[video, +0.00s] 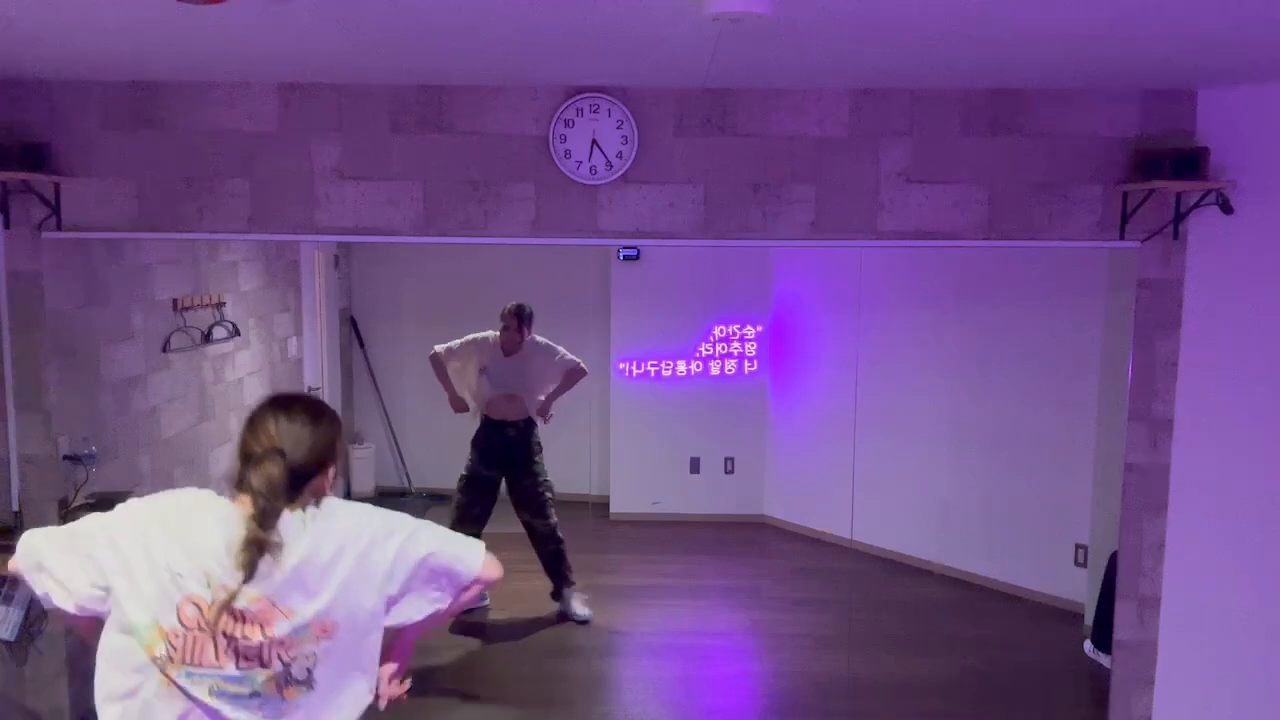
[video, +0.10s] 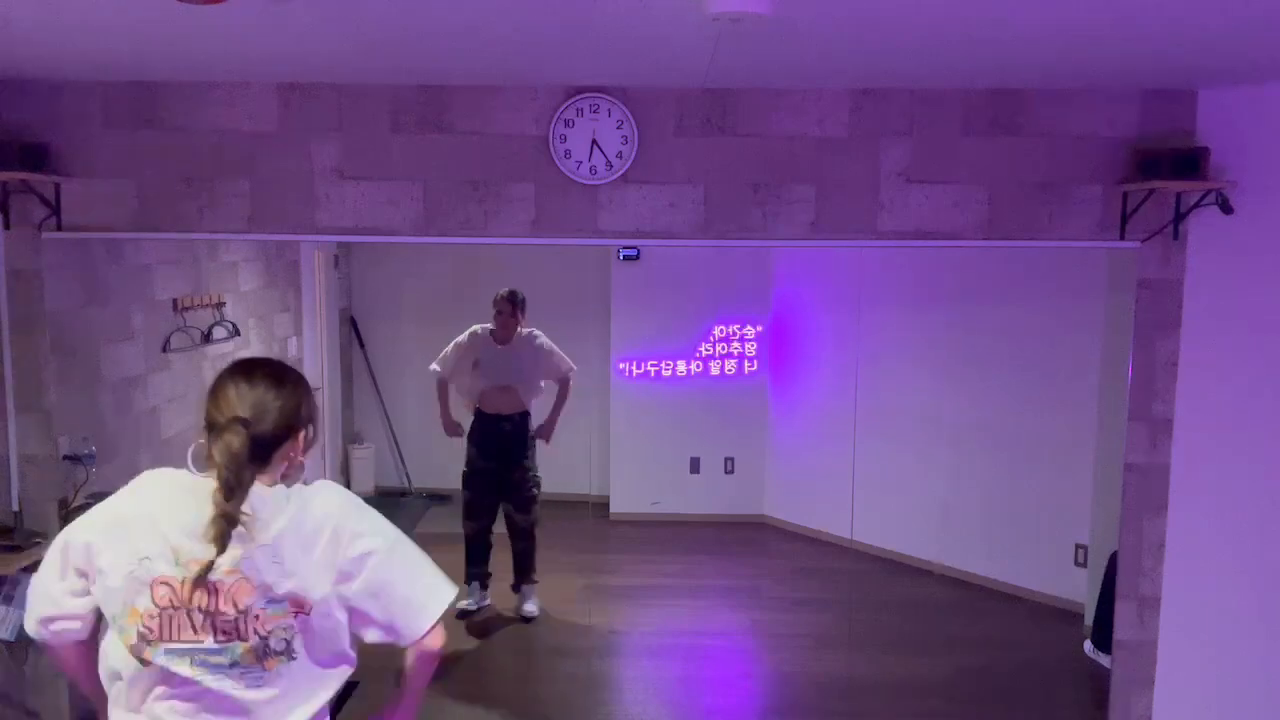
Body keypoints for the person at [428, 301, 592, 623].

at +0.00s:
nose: (506, 334)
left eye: (513, 330)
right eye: (504, 328)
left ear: (527, 332)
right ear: (499, 326)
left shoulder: (539, 348)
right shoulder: (482, 343)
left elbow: (578, 369)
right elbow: (437, 355)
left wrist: (549, 399)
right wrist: (452, 394)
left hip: (524, 438)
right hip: (488, 436)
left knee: (541, 517)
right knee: (467, 516)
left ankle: (566, 592)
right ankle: (468, 588)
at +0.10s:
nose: (499, 320)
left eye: (506, 315)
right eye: (497, 313)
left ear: (520, 318)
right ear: (492, 313)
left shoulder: (534, 342)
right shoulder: (475, 338)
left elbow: (565, 377)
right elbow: (442, 373)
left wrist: (550, 421)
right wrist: (446, 417)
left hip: (519, 431)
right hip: (482, 431)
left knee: (522, 514)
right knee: (476, 515)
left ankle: (526, 590)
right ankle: (476, 589)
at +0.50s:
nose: (488, 356)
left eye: (494, 350)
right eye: (482, 350)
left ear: (505, 353)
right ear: (475, 353)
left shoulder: (525, 386)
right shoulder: (460, 387)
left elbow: (554, 424)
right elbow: (436, 423)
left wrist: (549, 444)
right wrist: (430, 442)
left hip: (508, 462)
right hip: (473, 461)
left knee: (502, 532)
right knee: (457, 536)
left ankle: (498, 594)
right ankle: (474, 593)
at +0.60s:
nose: (486, 369)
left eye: (492, 363)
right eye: (481, 363)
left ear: (503, 365)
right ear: (474, 365)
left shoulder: (524, 396)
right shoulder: (459, 397)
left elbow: (561, 428)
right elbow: (422, 429)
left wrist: (547, 438)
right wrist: (428, 440)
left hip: (506, 470)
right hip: (471, 469)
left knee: (501, 537)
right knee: (455, 543)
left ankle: (496, 595)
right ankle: (474, 595)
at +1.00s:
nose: (485, 360)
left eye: (490, 354)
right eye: (479, 354)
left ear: (501, 356)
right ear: (472, 356)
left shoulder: (518, 380)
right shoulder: (460, 377)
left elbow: (562, 398)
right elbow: (417, 388)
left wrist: (526, 424)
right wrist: (448, 424)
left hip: (504, 458)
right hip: (470, 457)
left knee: (498, 529)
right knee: (457, 531)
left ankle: (495, 594)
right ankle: (473, 594)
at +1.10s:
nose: (487, 340)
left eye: (493, 335)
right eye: (480, 334)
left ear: (501, 338)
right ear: (471, 337)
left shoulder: (518, 372)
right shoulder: (457, 370)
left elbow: (551, 411)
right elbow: (422, 406)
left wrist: (525, 450)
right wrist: (452, 447)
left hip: (508, 455)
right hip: (472, 454)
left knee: (497, 529)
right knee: (461, 530)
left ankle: (496, 591)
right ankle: (473, 593)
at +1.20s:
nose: (484, 337)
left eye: (490, 332)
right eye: (477, 332)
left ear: (498, 337)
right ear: (468, 337)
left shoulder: (516, 372)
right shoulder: (455, 377)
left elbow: (530, 425)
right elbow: (442, 428)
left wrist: (523, 468)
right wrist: (452, 472)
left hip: (514, 449)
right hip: (477, 451)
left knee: (517, 528)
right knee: (465, 530)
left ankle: (501, 581)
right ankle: (475, 592)